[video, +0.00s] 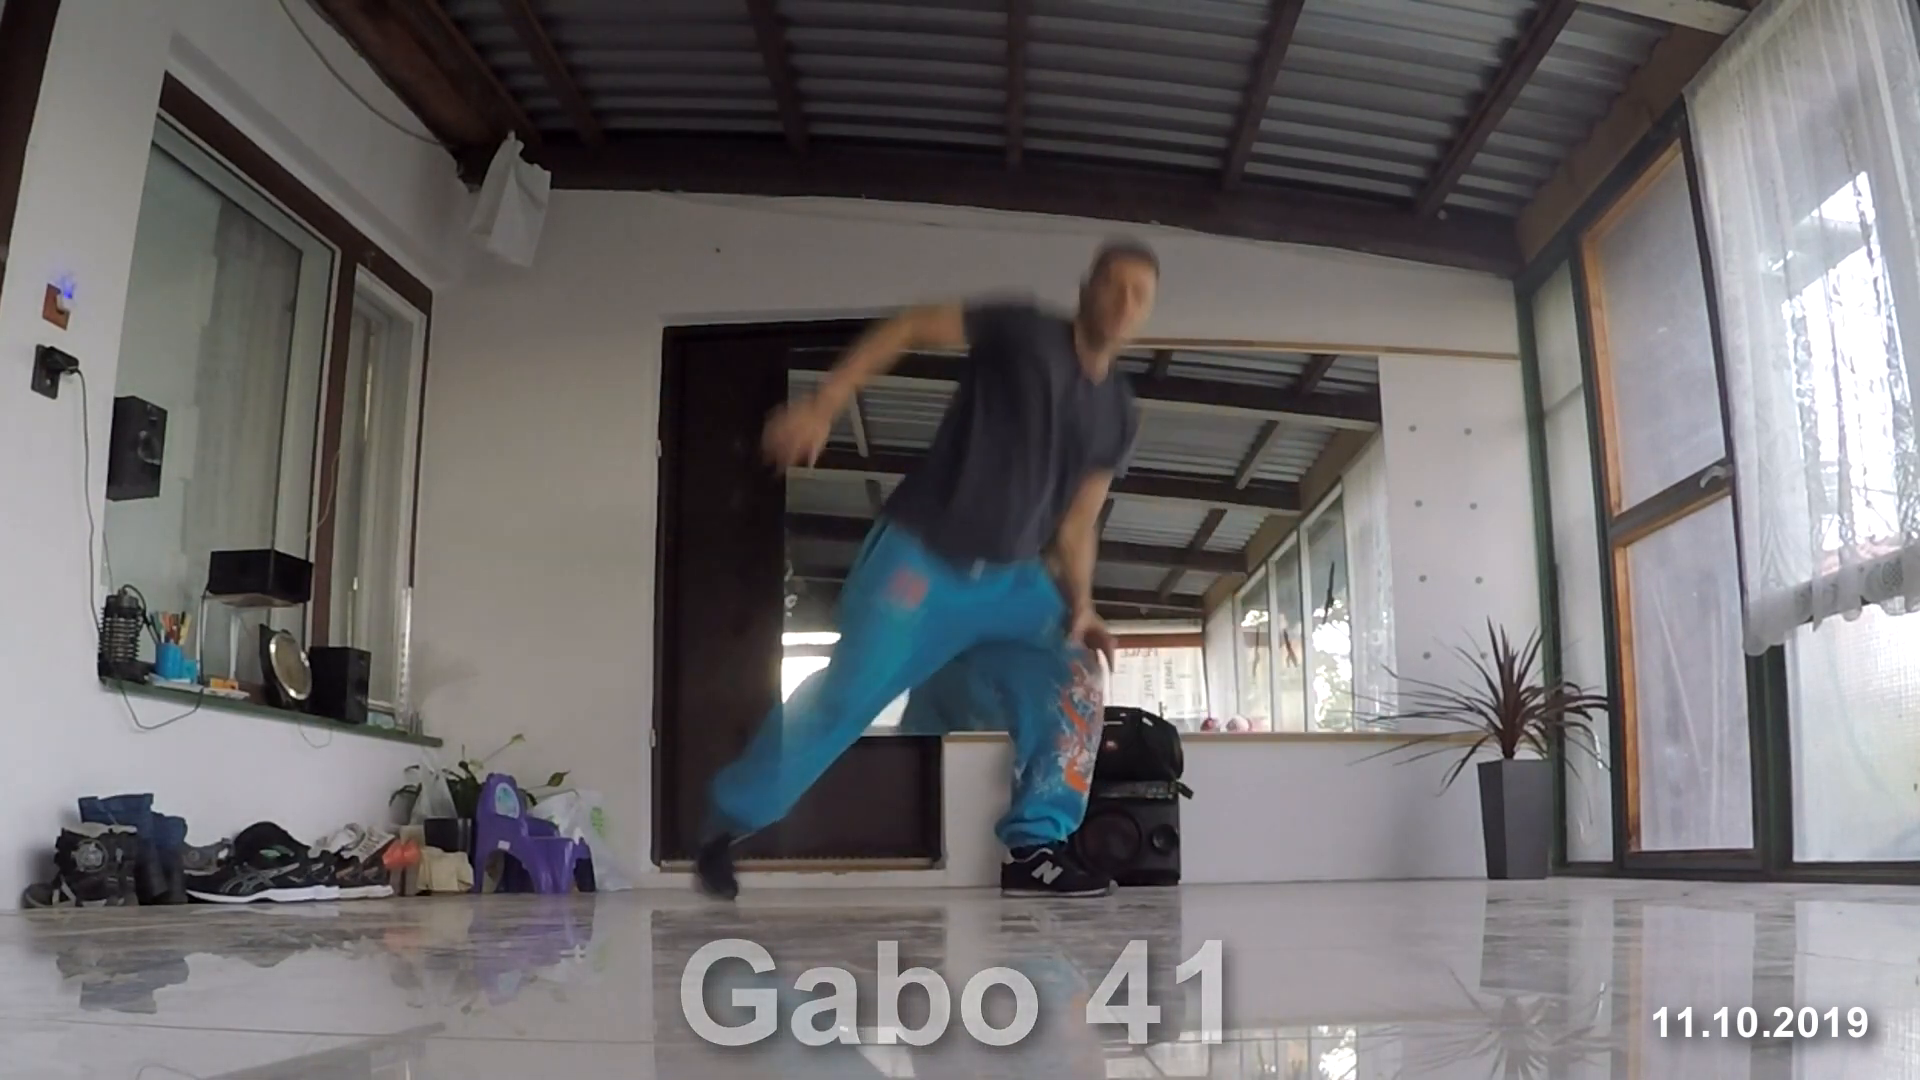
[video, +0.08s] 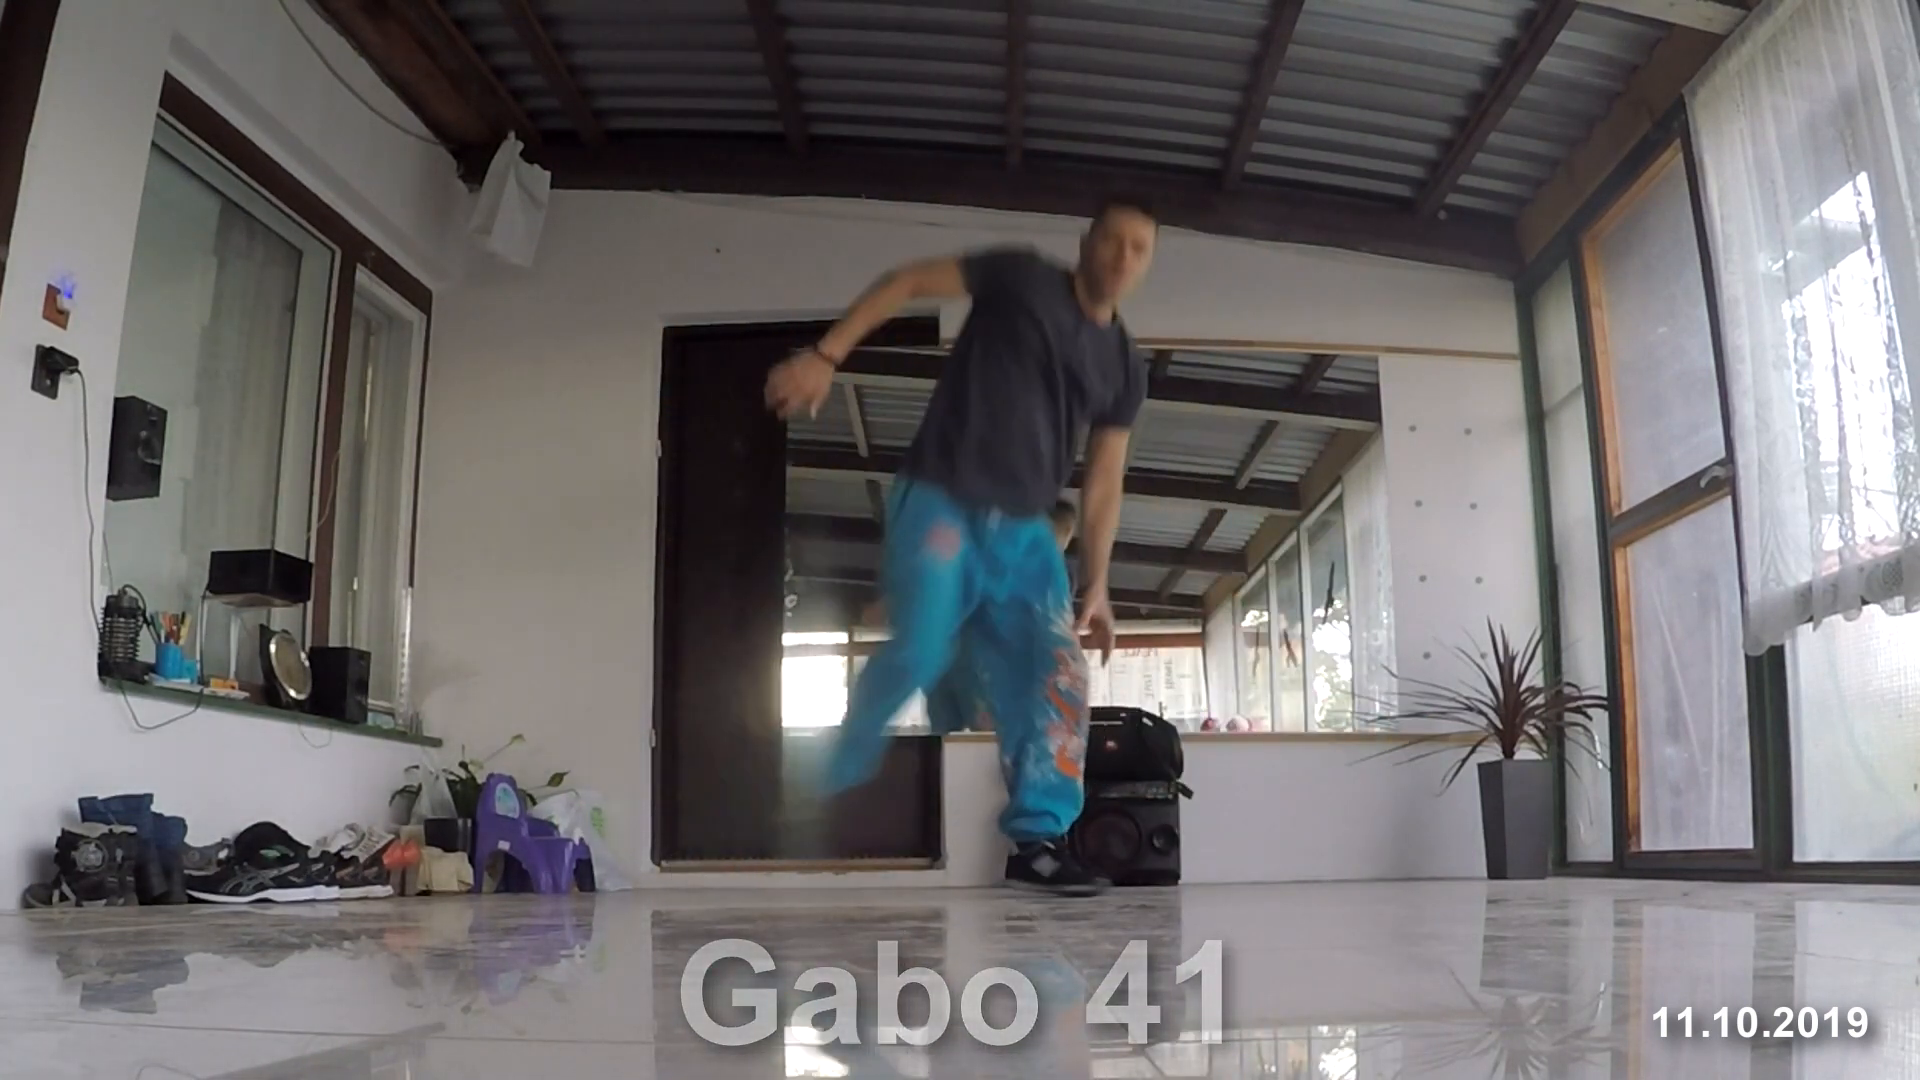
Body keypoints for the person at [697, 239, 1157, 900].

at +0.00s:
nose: (1122, 302)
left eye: (1137, 295)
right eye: (1113, 285)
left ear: (1147, 313)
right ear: (1087, 288)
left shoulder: (1118, 413)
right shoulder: (1023, 330)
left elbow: (1079, 523)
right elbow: (905, 328)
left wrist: (1082, 607)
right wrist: (821, 406)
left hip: (1014, 579)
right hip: (922, 557)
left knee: (1074, 681)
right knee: (850, 694)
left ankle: (1035, 849)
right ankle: (727, 825)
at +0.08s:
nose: (1122, 258)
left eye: (1137, 249)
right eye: (1112, 241)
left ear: (1147, 264)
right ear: (1087, 241)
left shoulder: (1123, 367)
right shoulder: (1021, 275)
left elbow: (1104, 481)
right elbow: (906, 282)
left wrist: (1096, 583)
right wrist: (824, 356)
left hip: (1025, 525)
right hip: (940, 500)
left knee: (1053, 674)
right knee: (919, 653)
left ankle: (1036, 842)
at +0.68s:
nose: (1138, 270)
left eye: (1152, 258)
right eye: (1125, 255)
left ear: (1171, 268)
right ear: (1101, 259)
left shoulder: (1188, 364)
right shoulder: (1056, 328)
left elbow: (1218, 468)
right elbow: (970, 408)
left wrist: (1240, 529)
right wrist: (991, 504)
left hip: (1141, 555)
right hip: (1047, 531)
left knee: (1222, 660)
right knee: (1115, 620)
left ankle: (1126, 819)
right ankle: (1014, 716)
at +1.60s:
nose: (983, 549)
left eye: (991, 528)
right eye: (963, 539)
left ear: (1019, 511)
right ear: (942, 544)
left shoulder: (1061, 539)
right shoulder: (950, 634)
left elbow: (1071, 416)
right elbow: (937, 759)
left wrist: (968, 396)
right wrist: (923, 878)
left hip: (1183, 740)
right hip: (1127, 803)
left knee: (1314, 725)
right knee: (1290, 808)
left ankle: (1231, 864)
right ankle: (1477, 864)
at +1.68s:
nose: (937, 535)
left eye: (943, 515)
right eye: (915, 529)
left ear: (969, 500)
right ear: (891, 546)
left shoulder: (1028, 511)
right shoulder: (927, 636)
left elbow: (975, 555)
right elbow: (931, 760)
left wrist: (896, 586)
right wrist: (921, 880)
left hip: (1182, 706)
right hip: (1120, 775)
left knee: (1329, 722)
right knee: (1247, 764)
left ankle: (1227, 851)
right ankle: (1456, 844)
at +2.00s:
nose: (857, 714)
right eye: (848, 705)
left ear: (872, 659)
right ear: (875, 666)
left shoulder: (977, 636)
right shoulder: (942, 678)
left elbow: (1099, 738)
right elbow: (923, 768)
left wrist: (1056, 890)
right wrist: (897, 875)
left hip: (1211, 702)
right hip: (1137, 738)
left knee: (1401, 801)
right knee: (1036, 776)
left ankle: (1585, 796)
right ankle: (1194, 830)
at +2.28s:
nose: (964, 814)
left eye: (948, 808)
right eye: (945, 817)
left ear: (929, 761)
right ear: (927, 768)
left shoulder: (1011, 678)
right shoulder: (955, 727)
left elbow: (1103, 746)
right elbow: (950, 781)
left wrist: (1053, 887)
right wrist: (903, 872)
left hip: (1244, 715)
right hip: (1168, 760)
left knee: (1431, 805)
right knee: (1072, 835)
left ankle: (1623, 801)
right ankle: (1214, 835)